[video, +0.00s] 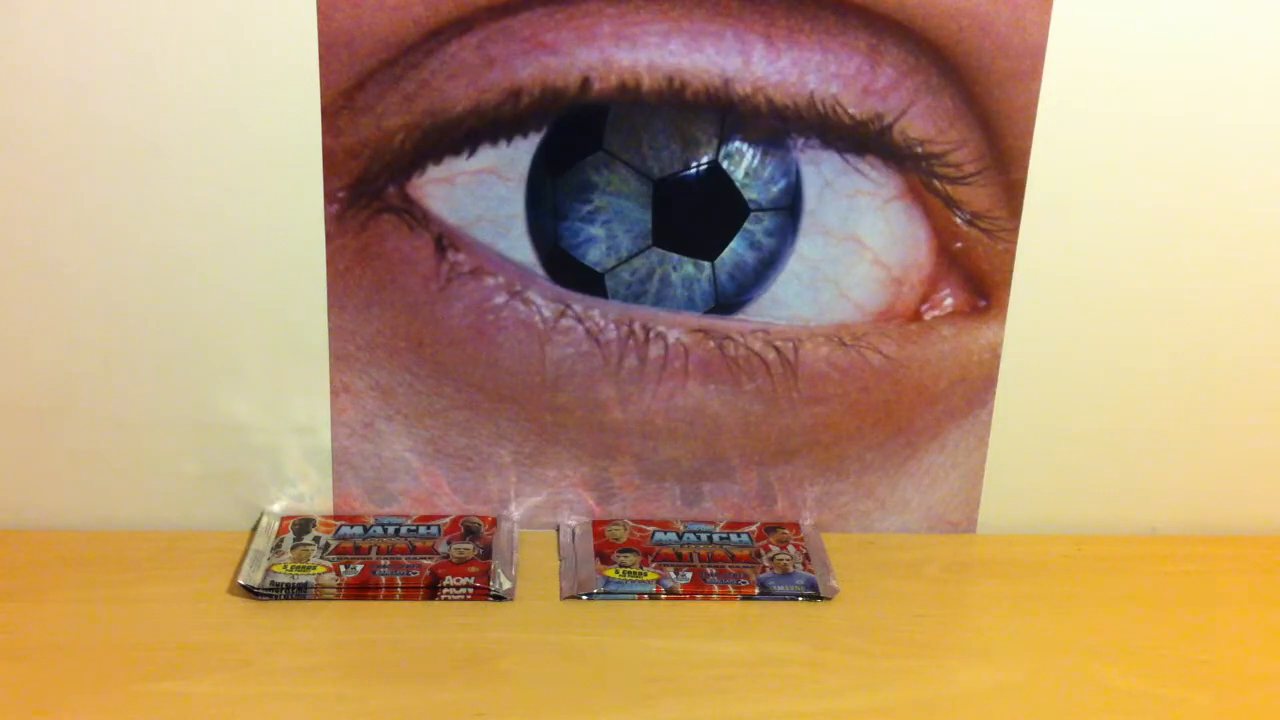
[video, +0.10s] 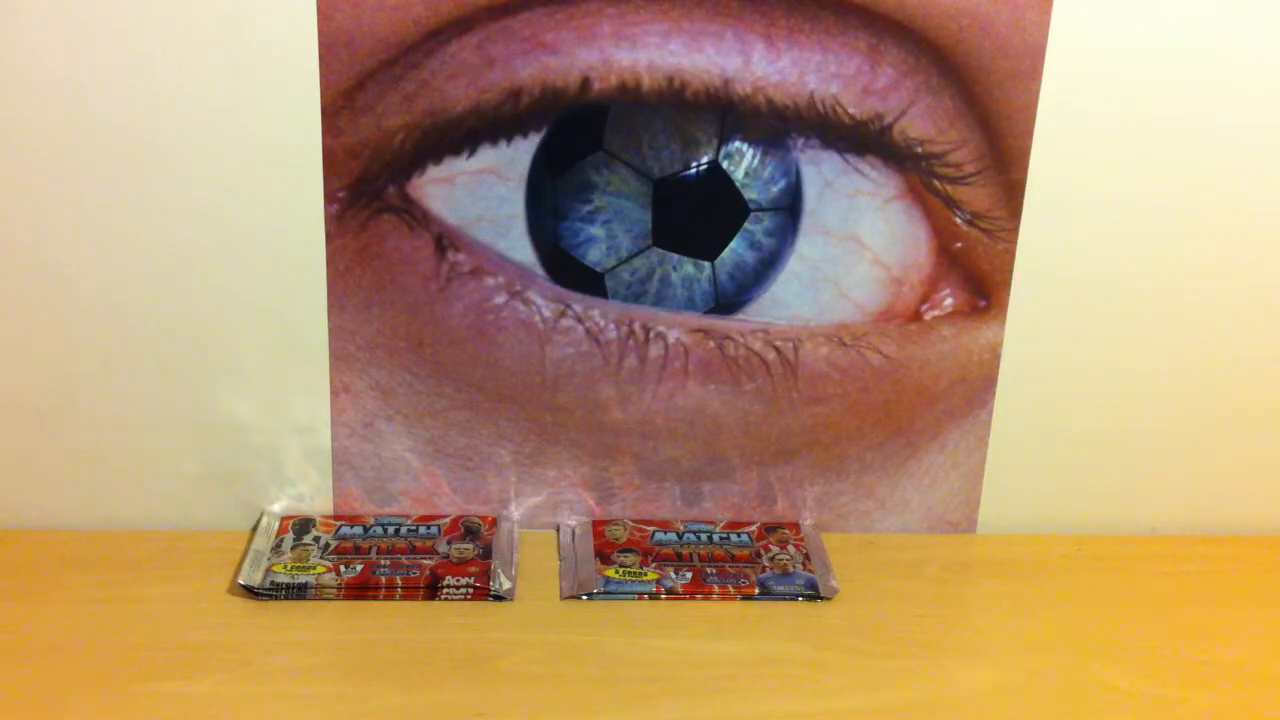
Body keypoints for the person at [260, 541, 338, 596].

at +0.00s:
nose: (309, 554)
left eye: (312, 551)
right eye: (305, 551)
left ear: (315, 552)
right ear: (292, 552)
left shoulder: (323, 568)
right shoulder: (275, 567)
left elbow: (328, 596)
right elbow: (262, 593)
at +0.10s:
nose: (309, 554)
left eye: (311, 551)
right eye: (304, 551)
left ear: (314, 552)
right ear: (292, 552)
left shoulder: (323, 568)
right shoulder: (275, 568)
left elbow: (328, 596)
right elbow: (262, 593)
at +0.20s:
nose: (309, 554)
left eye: (312, 551)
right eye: (304, 551)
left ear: (315, 551)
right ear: (292, 552)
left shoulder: (323, 568)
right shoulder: (274, 568)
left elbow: (328, 596)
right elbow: (262, 593)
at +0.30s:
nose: (309, 554)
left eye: (312, 551)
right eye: (304, 551)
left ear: (315, 551)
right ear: (292, 552)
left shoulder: (323, 568)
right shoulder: (275, 568)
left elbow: (328, 596)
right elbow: (262, 593)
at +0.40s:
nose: (309, 555)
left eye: (311, 551)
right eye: (304, 551)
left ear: (314, 552)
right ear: (292, 551)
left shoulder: (323, 568)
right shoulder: (275, 567)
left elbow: (328, 595)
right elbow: (262, 593)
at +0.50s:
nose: (309, 554)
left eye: (311, 551)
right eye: (304, 551)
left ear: (314, 552)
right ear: (292, 551)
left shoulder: (323, 568)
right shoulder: (275, 568)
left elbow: (328, 595)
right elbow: (263, 593)